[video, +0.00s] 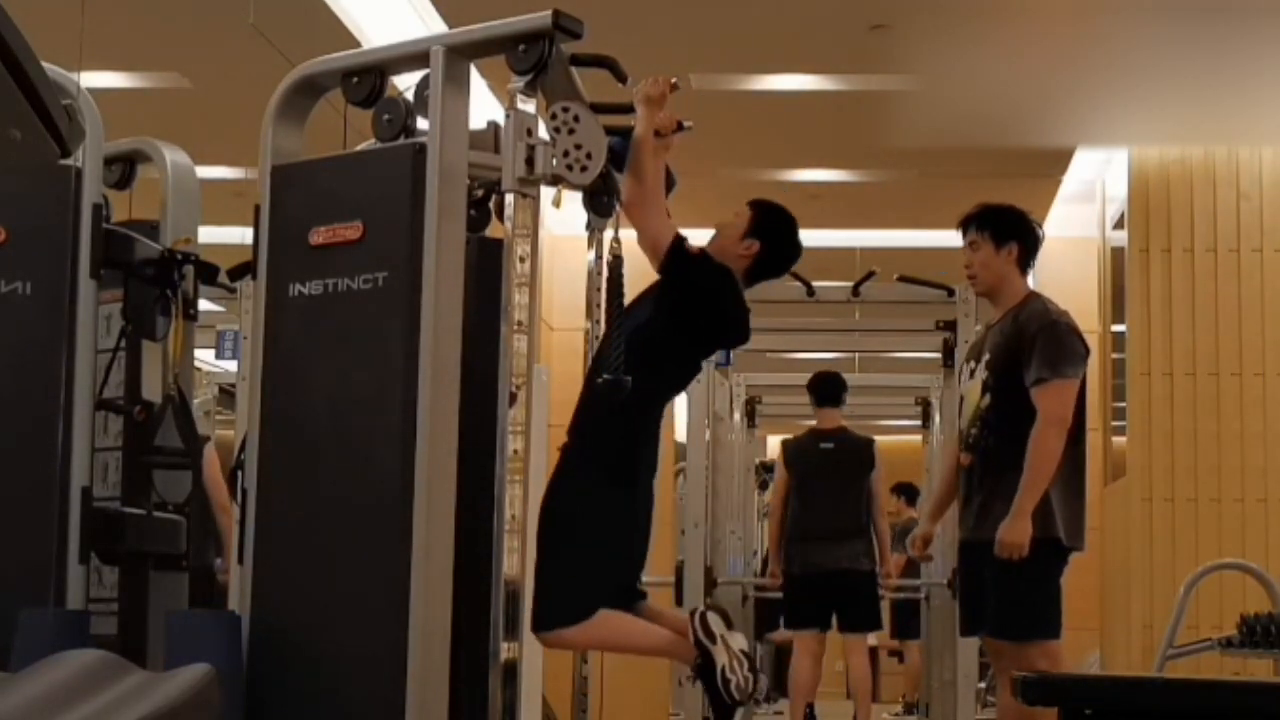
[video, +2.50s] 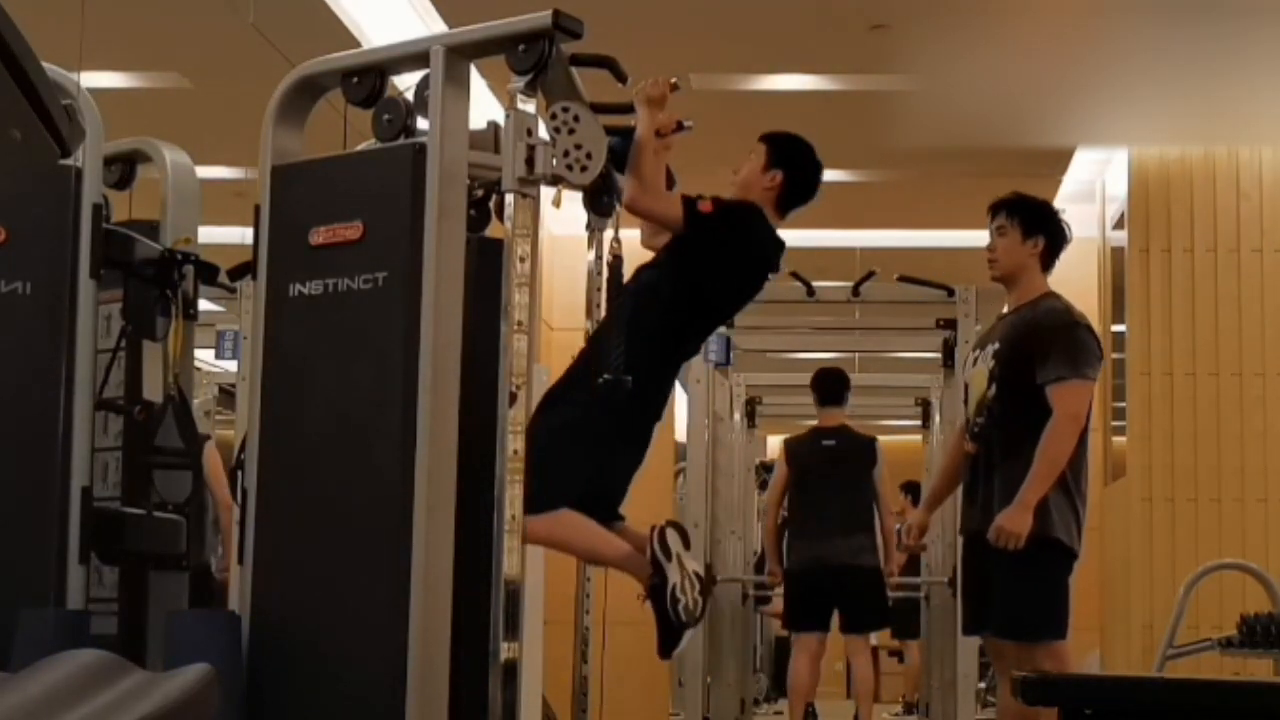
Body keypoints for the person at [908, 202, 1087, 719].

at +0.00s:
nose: (965, 262)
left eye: (975, 248)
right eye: (964, 251)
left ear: (1011, 252)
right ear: (998, 256)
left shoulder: (1047, 325)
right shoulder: (986, 341)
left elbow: (1055, 425)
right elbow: (967, 441)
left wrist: (1022, 512)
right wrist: (930, 519)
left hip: (1028, 529)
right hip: (987, 528)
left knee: (1038, 668)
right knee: (1003, 663)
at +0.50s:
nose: (973, 255)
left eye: (984, 243)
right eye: (973, 245)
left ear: (1020, 249)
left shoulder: (1046, 324)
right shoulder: (995, 336)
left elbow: (1051, 421)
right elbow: (971, 438)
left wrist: (1006, 506)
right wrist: (931, 514)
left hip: (1031, 524)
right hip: (994, 523)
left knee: (1039, 664)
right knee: (1004, 659)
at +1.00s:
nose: (973, 255)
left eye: (984, 242)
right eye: (972, 244)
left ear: (1020, 250)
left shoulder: (1047, 325)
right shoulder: (993, 338)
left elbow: (1057, 425)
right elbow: (973, 439)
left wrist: (1020, 511)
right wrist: (933, 518)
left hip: (1032, 527)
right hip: (991, 526)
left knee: (1042, 668)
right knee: (1005, 662)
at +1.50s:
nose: (973, 263)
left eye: (984, 250)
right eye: (971, 252)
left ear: (1020, 253)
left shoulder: (1049, 327)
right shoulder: (996, 339)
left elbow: (1060, 426)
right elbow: (975, 443)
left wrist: (1017, 512)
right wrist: (942, 521)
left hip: (1034, 527)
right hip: (995, 526)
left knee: (1041, 668)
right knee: (1006, 663)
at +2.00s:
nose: (978, 256)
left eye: (990, 244)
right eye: (977, 246)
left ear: (1026, 251)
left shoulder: (1051, 324)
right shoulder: (989, 339)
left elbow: (1063, 421)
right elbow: (969, 436)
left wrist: (1018, 506)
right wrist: (929, 512)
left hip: (1033, 527)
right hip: (992, 525)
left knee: (1040, 667)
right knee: (1004, 662)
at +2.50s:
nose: (988, 246)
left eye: (1000, 235)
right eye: (989, 236)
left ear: (1037, 245)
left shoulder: (1060, 323)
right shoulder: (994, 334)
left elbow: (1071, 417)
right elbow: (970, 432)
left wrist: (1025, 503)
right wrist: (926, 507)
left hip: (1036, 525)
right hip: (992, 523)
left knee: (1042, 666)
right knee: (1005, 661)